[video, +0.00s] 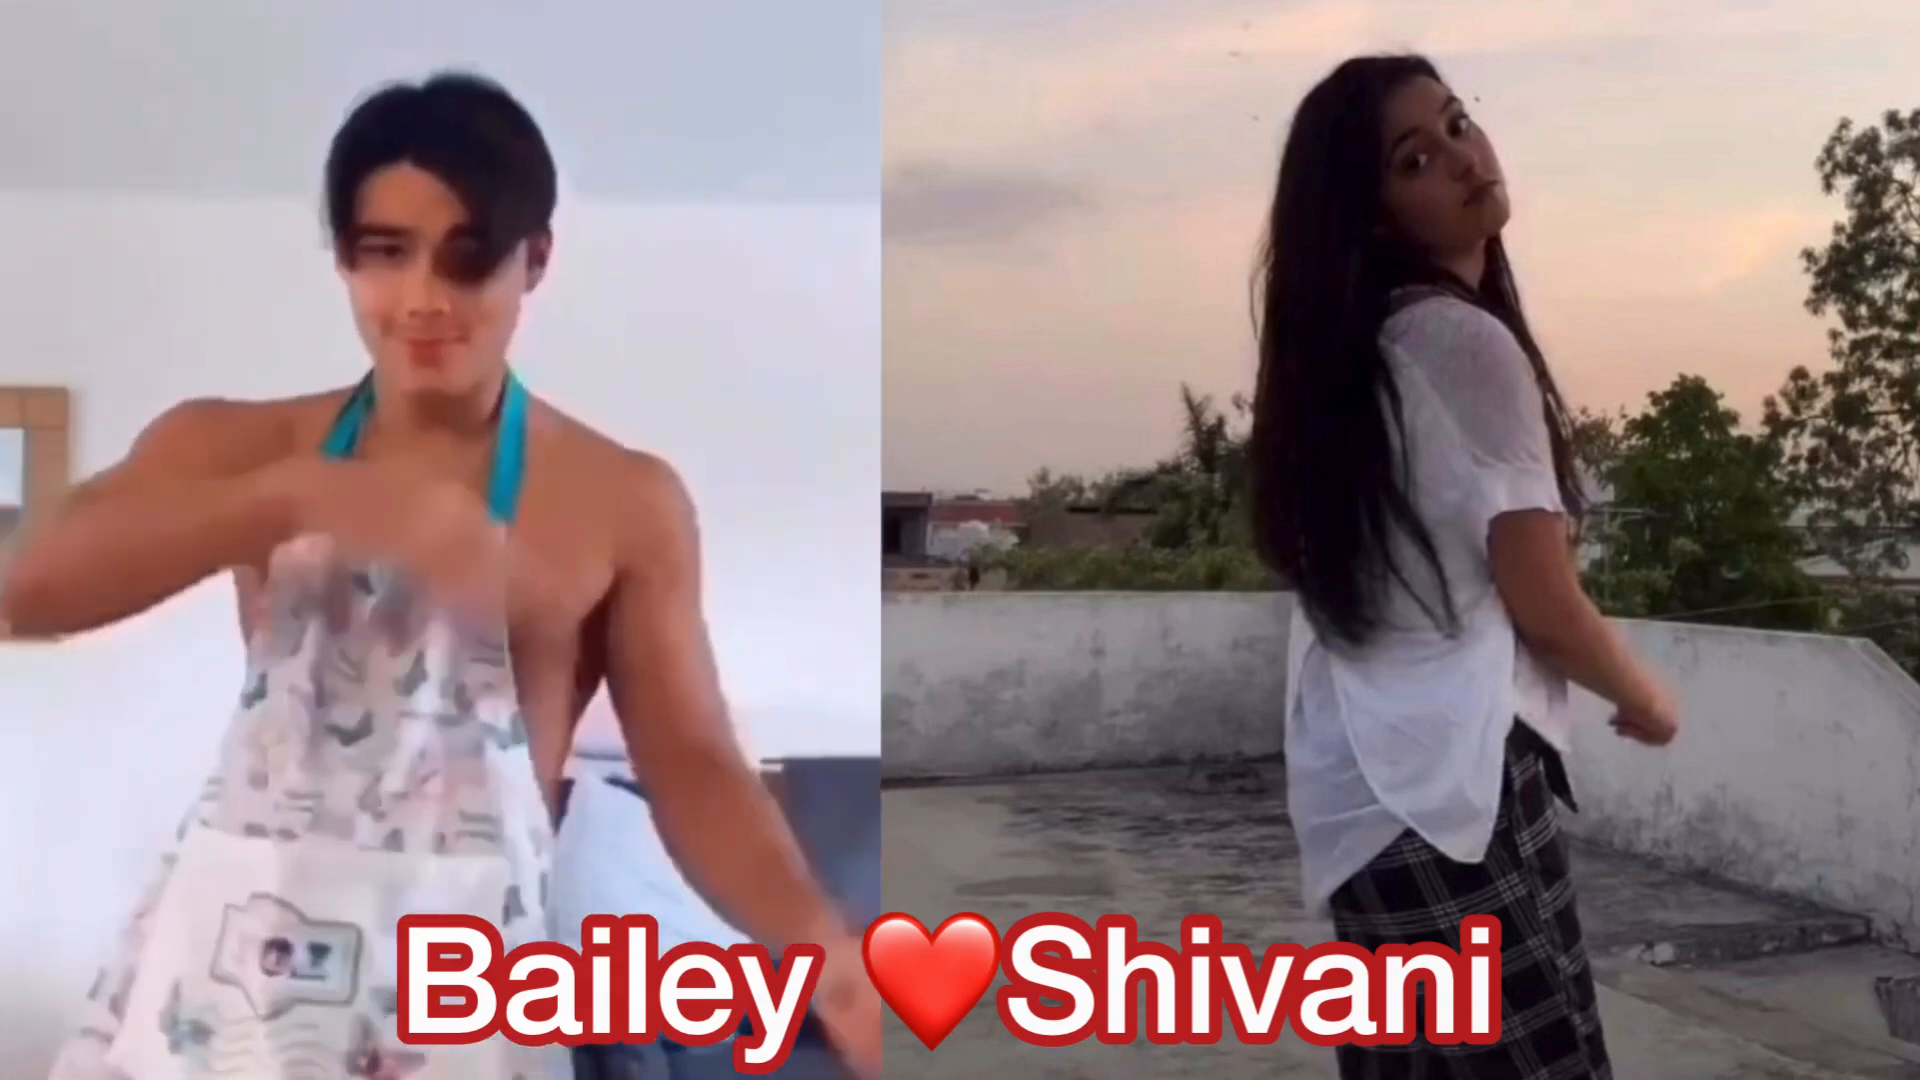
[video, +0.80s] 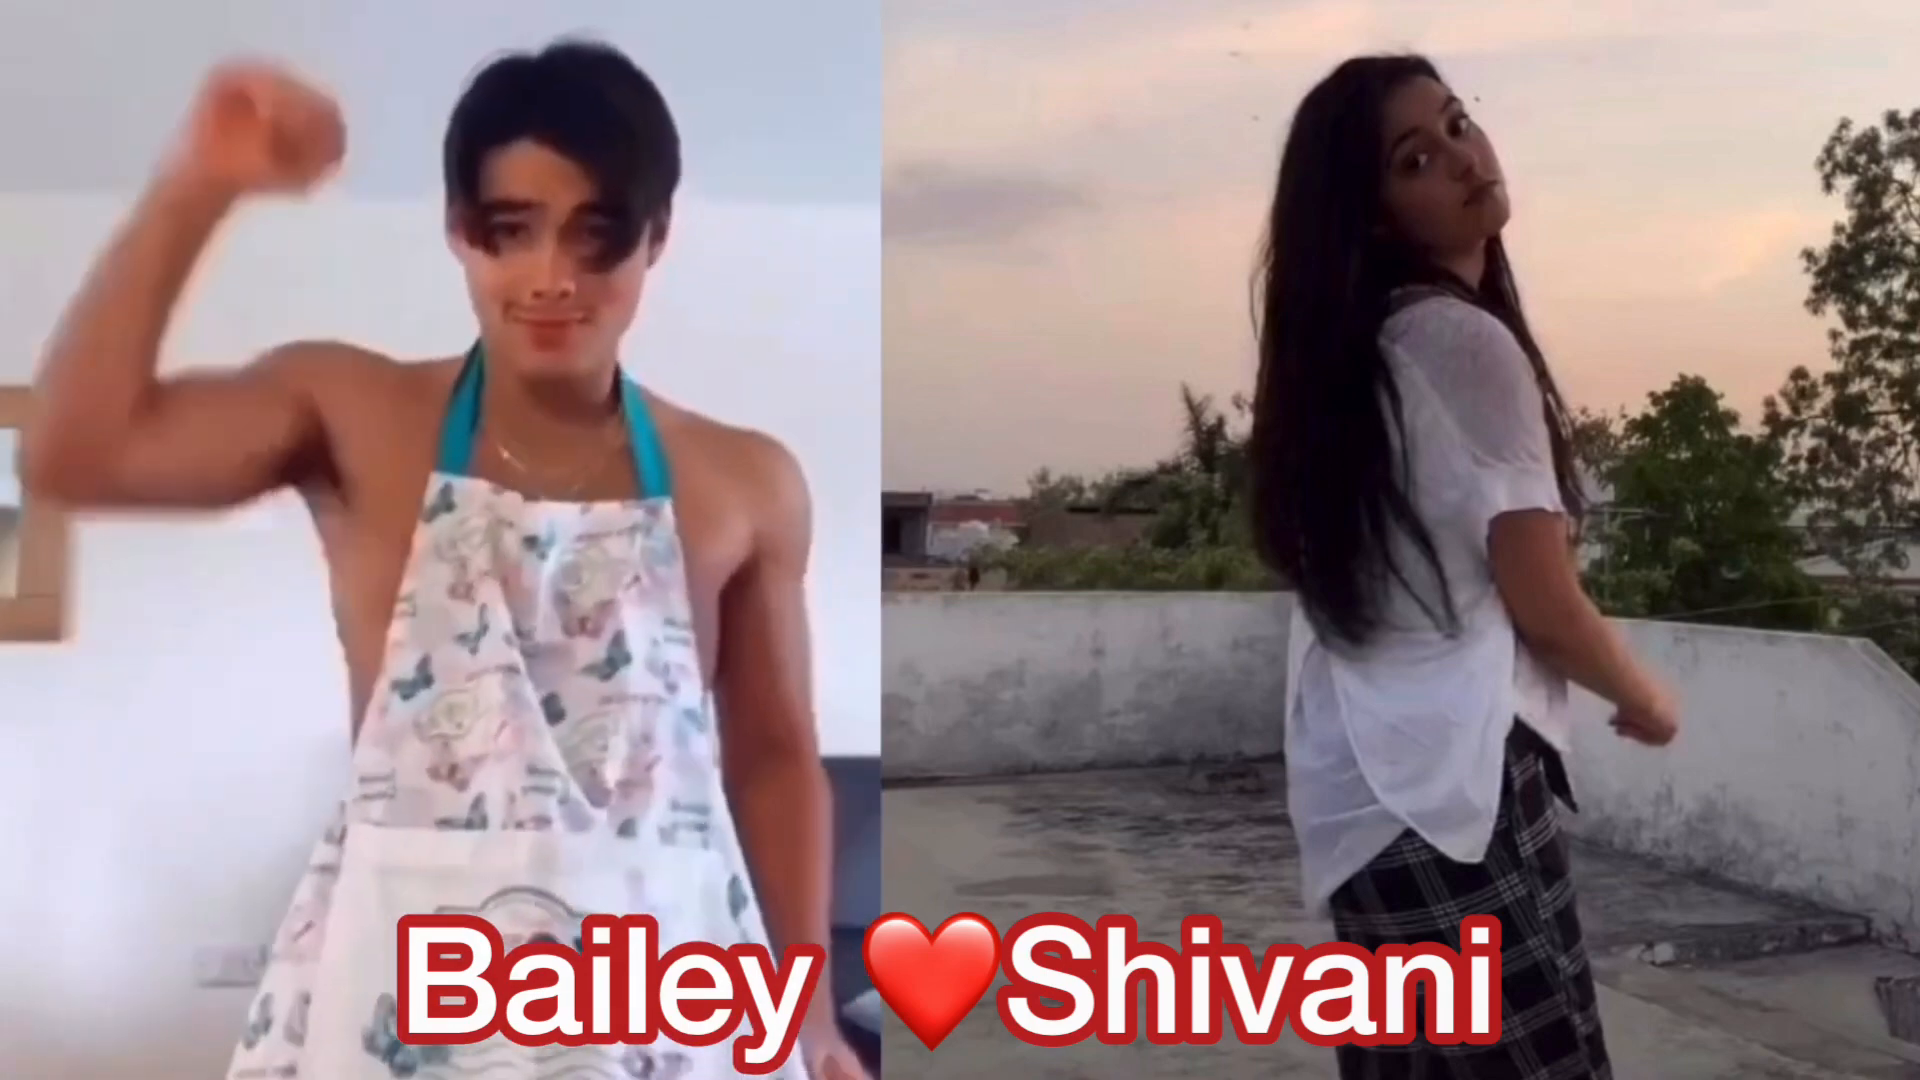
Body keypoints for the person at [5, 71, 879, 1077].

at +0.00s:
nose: (424, 298)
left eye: (470, 257)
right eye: (386, 252)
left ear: (535, 265)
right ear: (343, 262)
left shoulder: (626, 506)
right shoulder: (223, 450)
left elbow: (699, 778)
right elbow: (27, 594)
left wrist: (822, 948)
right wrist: (292, 498)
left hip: (477, 991)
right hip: (242, 970)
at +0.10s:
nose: (452, 292)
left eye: (500, 250)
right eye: (414, 244)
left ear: (559, 260)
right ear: (368, 254)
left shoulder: (641, 495)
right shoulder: (247, 451)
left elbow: (708, 781)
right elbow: (219, 602)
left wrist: (792, 1035)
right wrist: (486, 439)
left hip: (528, 996)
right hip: (284, 983)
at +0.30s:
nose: (534, 303)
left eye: (580, 261)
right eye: (493, 258)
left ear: (636, 271)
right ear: (444, 268)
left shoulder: (742, 492)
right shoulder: (337, 467)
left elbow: (812, 773)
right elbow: (237, 601)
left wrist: (858, 1042)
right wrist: (547, 493)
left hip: (690, 1005)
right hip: (434, 1004)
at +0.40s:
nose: (561, 294)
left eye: (610, 250)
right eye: (518, 247)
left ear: (667, 256)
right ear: (473, 254)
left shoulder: (781, 474)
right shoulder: (371, 460)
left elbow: (855, 763)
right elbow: (104, 542)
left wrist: (870, 983)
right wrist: (393, 469)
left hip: (724, 980)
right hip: (475, 999)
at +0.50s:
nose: (578, 291)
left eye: (624, 246)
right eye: (533, 245)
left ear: (682, 258)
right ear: (486, 255)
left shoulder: (784, 474)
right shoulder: (384, 453)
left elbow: (845, 759)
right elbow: (110, 621)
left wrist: (861, 990)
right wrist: (295, 476)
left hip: (745, 983)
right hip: (488, 996)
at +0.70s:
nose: (563, 291)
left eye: (609, 247)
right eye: (523, 245)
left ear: (669, 260)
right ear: (473, 256)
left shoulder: (761, 507)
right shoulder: (362, 466)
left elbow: (780, 780)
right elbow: (219, 723)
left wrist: (830, 1022)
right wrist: (243, 470)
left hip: (690, 1001)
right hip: (432, 996)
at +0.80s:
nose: (550, 281)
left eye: (597, 237)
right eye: (506, 231)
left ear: (657, 243)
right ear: (458, 234)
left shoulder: (746, 483)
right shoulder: (347, 410)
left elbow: (775, 757)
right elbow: (75, 455)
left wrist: (808, 1009)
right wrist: (194, 191)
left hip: (667, 1001)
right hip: (403, 999)